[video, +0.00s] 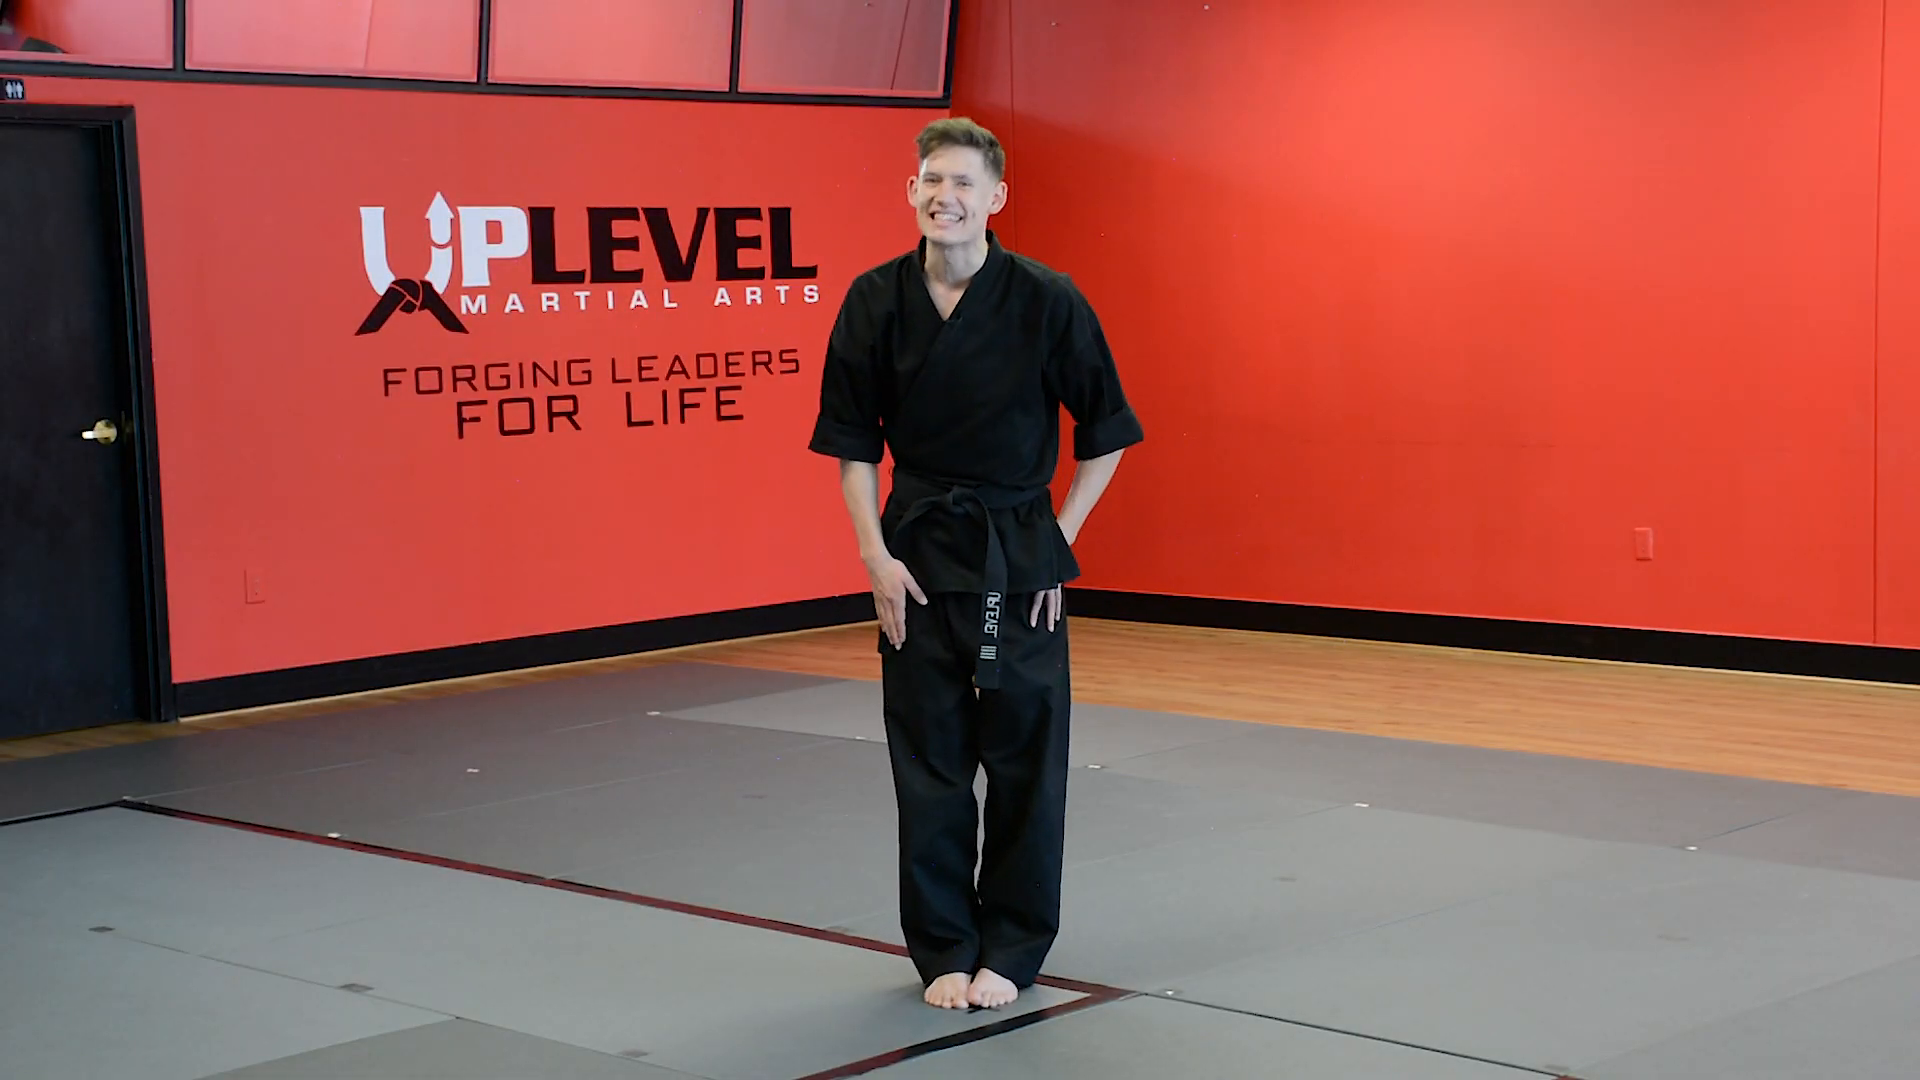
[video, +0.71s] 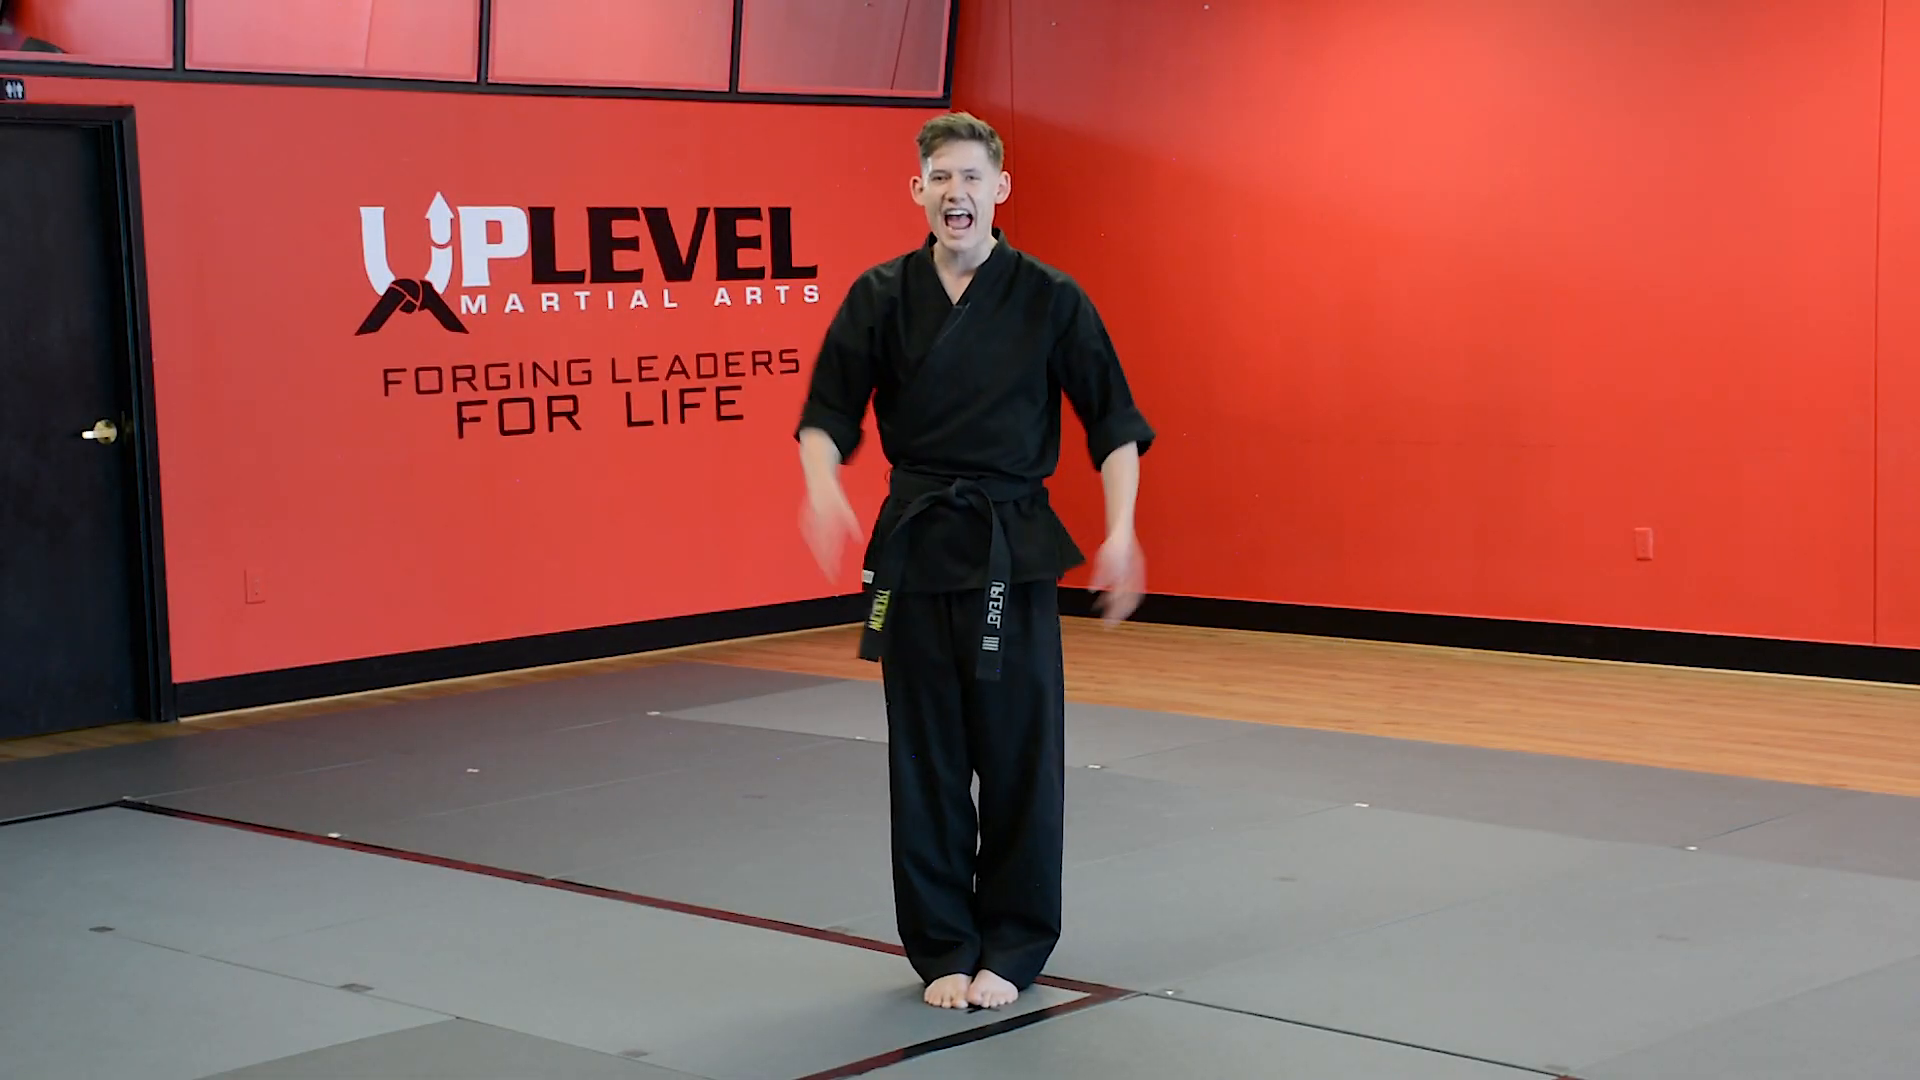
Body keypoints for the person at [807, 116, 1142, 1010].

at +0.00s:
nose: (946, 196)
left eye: (964, 182)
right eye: (933, 181)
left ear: (996, 197)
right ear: (913, 194)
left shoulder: (1046, 300)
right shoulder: (874, 301)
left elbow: (1106, 428)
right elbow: (852, 443)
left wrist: (1058, 537)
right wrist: (875, 557)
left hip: (1020, 544)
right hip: (916, 544)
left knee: (1026, 764)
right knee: (930, 766)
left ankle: (1011, 953)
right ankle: (944, 953)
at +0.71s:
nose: (957, 192)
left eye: (972, 176)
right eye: (941, 177)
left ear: (1001, 187)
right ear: (918, 190)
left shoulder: (1050, 297)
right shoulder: (880, 296)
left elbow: (1115, 420)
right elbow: (822, 416)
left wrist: (1120, 531)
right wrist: (821, 492)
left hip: (1018, 544)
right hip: (915, 544)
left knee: (1021, 762)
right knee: (927, 762)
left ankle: (1011, 953)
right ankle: (945, 952)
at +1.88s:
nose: (921, 243)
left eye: (938, 226)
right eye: (908, 227)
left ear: (975, 233)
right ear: (891, 238)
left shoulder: (1033, 340)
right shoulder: (865, 341)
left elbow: (1061, 484)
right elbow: (814, 478)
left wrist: (1061, 605)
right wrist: (829, 580)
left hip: (1011, 573)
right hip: (909, 576)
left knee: (1025, 787)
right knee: (910, 786)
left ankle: (1012, 959)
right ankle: (940, 959)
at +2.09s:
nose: (842, 197)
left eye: (857, 181)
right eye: (837, 181)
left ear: (911, 178)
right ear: (843, 183)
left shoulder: (1002, 256)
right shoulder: (844, 266)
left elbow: (1061, 389)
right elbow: (720, 281)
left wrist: (1076, 513)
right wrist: (776, 267)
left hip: (1012, 511)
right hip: (912, 511)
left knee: (1042, 732)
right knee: (903, 735)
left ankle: (1036, 949)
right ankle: (911, 949)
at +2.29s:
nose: (833, 255)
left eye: (847, 237)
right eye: (827, 240)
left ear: (899, 234)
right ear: (833, 244)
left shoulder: (991, 315)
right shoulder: (838, 339)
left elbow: (1067, 441)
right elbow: (731, 394)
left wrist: (1080, 567)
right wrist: (721, 276)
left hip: (1010, 569)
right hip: (905, 574)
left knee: (1089, 766)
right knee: (846, 771)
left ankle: (1155, 954)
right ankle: (811, 963)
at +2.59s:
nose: (881, 291)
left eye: (899, 273)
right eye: (869, 272)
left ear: (940, 265)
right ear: (854, 269)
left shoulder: (1009, 339)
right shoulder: (843, 374)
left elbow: (1086, 451)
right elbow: (851, 524)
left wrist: (1067, 536)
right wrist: (837, 642)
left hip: (1028, 577)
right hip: (914, 588)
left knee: (1111, 766)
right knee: (835, 776)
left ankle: (1148, 950)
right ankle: (809, 964)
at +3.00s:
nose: (1075, 304)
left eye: (1081, 290)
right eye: (1064, 286)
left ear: (1061, 284)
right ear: (1011, 270)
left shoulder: (1061, 389)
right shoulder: (913, 338)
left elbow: (1142, 495)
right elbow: (842, 473)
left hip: (1010, 591)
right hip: (899, 588)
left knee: (1123, 763)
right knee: (827, 783)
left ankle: (1157, 949)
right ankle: (806, 963)